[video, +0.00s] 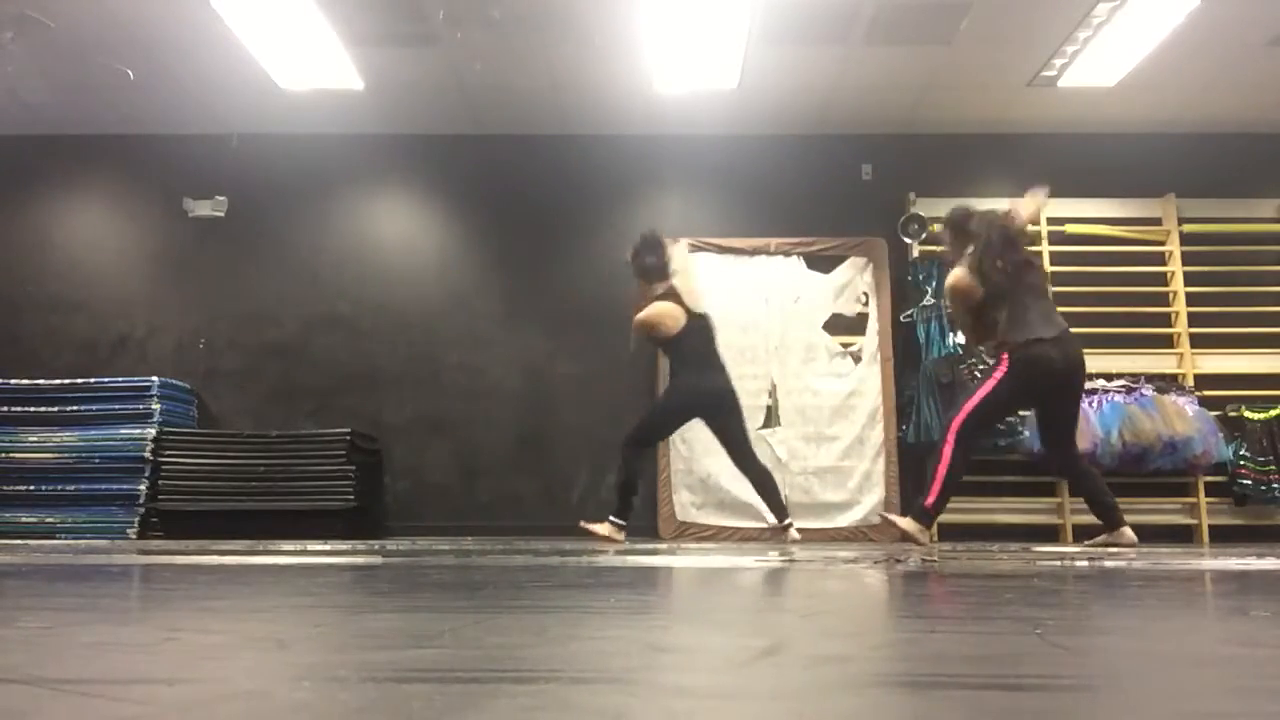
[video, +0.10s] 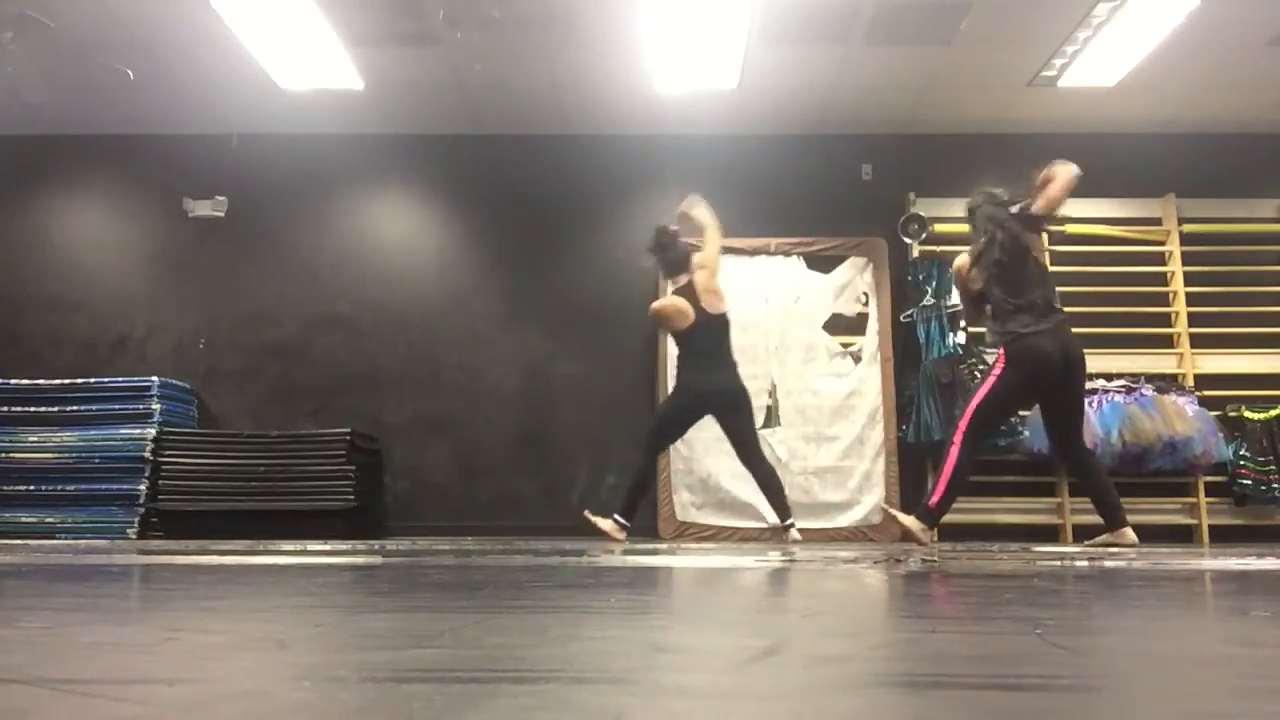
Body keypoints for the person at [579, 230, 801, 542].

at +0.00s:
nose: (635, 279)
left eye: (636, 272)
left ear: (640, 276)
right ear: (668, 267)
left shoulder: (647, 318)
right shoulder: (689, 289)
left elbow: (637, 361)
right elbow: (682, 249)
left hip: (686, 394)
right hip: (719, 391)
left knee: (634, 445)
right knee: (747, 460)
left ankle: (618, 525)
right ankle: (787, 524)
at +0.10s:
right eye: (686, 254)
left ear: (662, 268)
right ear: (689, 260)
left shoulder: (664, 309)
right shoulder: (707, 275)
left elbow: (655, 320)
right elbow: (712, 231)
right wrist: (701, 209)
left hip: (692, 390)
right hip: (729, 386)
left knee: (650, 449)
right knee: (754, 456)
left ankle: (621, 522)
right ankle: (789, 525)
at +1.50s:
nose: (595, 253)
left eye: (599, 247)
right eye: (588, 246)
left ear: (605, 251)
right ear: (574, 251)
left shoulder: (608, 288)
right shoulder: (559, 282)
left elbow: (628, 327)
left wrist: (643, 366)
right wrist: (595, 269)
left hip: (605, 377)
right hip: (571, 376)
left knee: (611, 442)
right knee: (554, 445)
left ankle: (610, 522)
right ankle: (535, 524)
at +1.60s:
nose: (587, 255)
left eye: (589, 249)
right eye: (581, 248)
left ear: (587, 251)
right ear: (560, 248)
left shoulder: (583, 285)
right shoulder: (543, 279)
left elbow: (600, 329)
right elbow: (519, 242)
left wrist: (619, 371)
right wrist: (558, 254)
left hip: (597, 373)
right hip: (564, 376)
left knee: (618, 438)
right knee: (549, 448)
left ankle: (638, 516)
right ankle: (534, 525)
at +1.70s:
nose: (573, 261)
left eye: (573, 254)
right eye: (567, 254)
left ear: (567, 257)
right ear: (545, 256)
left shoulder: (572, 292)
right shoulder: (525, 288)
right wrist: (524, 256)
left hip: (596, 377)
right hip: (562, 383)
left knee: (632, 437)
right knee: (545, 454)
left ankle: (676, 505)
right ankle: (534, 527)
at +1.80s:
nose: (559, 270)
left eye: (559, 263)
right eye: (553, 264)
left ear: (547, 266)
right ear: (532, 268)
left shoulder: (562, 297)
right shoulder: (512, 303)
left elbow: (562, 337)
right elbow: (465, 320)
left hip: (597, 381)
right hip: (564, 393)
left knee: (643, 435)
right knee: (542, 457)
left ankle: (695, 490)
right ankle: (535, 528)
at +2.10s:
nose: (565, 305)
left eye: (563, 298)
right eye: (557, 301)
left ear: (563, 299)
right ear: (536, 311)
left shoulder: (580, 326)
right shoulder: (523, 351)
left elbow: (607, 361)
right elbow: (507, 396)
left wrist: (628, 397)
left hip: (605, 408)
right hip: (569, 418)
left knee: (650, 445)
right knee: (540, 463)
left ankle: (703, 508)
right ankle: (535, 530)